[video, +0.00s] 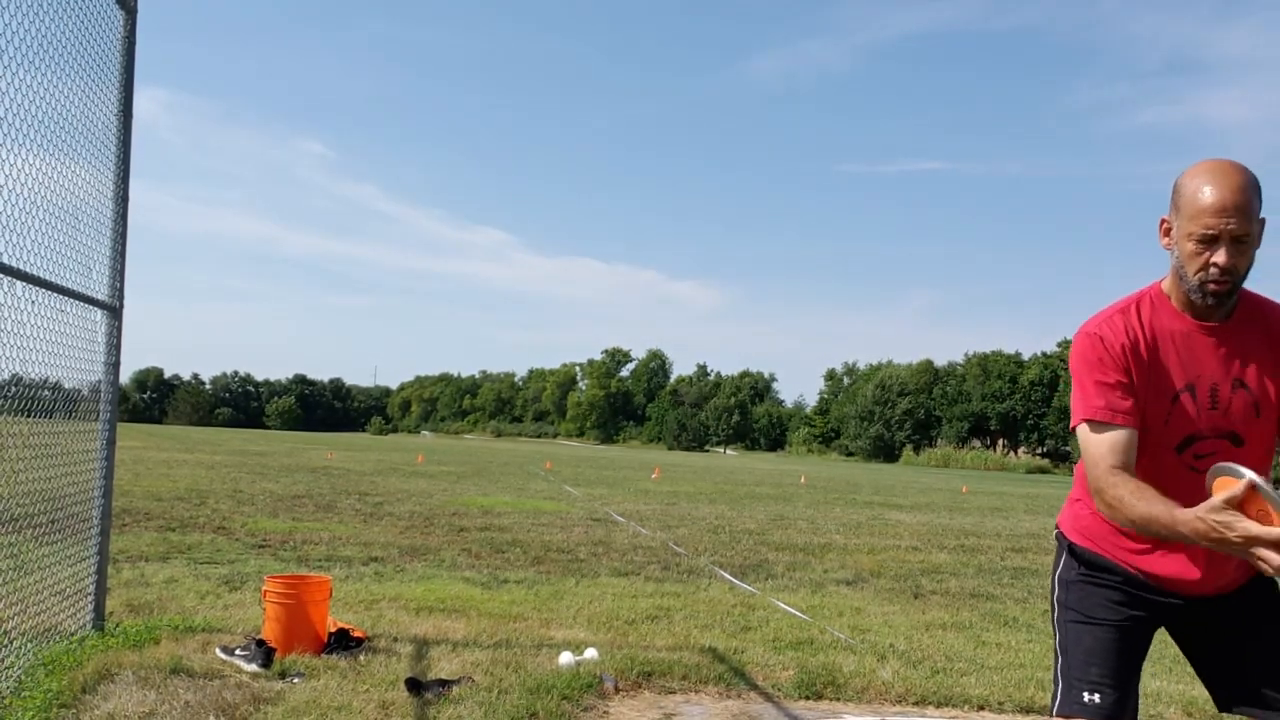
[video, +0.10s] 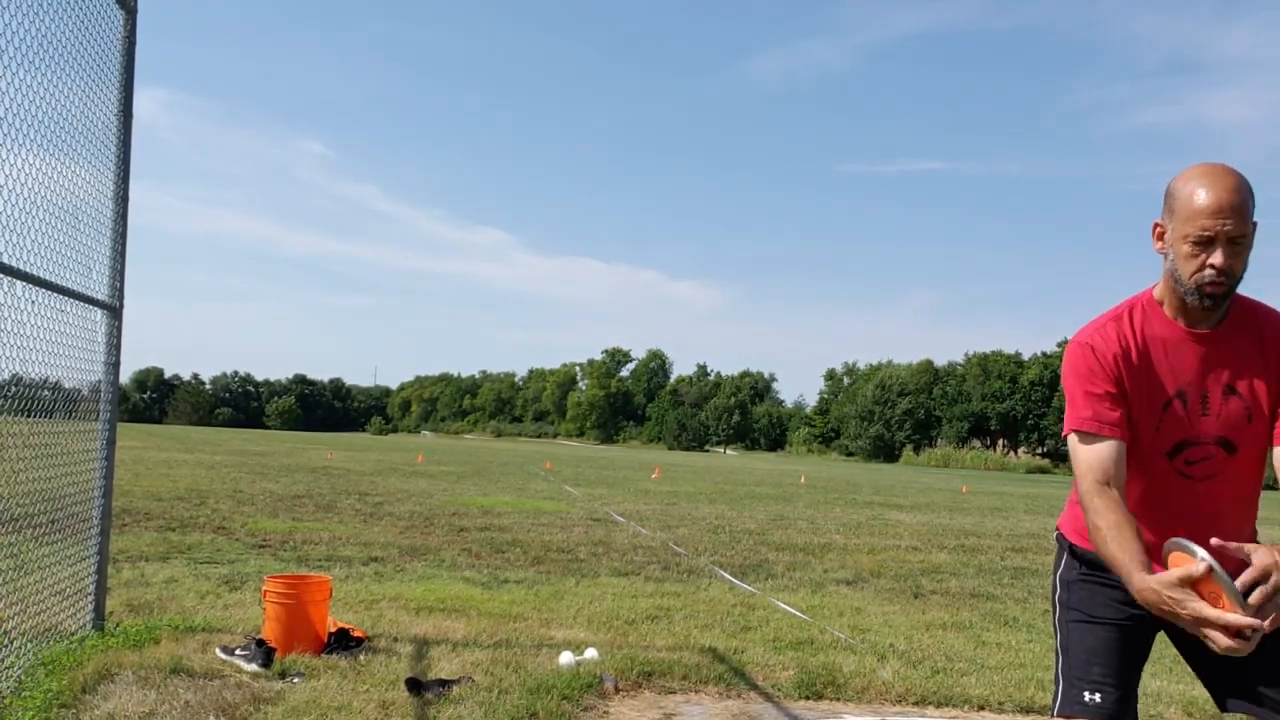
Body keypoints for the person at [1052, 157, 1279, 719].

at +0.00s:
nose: (1223, 259)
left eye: (1239, 241)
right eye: (1206, 240)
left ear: (1260, 238)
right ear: (1167, 233)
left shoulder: (1274, 332)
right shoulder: (1111, 337)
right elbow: (1109, 484)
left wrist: (1268, 529)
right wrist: (1193, 526)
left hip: (1234, 570)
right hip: (1111, 565)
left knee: (1274, 704)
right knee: (1090, 711)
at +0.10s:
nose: (1221, 261)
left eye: (1236, 242)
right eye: (1202, 243)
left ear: (1253, 239)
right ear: (1161, 238)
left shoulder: (1271, 338)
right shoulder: (1102, 346)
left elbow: (1273, 465)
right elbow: (1099, 486)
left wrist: (1275, 555)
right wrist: (1139, 580)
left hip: (1226, 574)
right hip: (1108, 567)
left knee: (1272, 703)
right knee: (1091, 709)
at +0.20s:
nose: (1222, 256)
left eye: (1236, 236)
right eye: (1203, 238)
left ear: (1252, 234)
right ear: (1160, 235)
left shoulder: (1273, 338)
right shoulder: (1103, 346)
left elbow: (1279, 481)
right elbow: (1082, 495)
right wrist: (1081, 615)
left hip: (1238, 574)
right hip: (1124, 572)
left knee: (1270, 706)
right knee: (1091, 709)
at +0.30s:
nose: (1229, 248)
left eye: (1243, 229)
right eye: (1210, 229)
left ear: (1257, 229)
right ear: (1167, 227)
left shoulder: (1273, 331)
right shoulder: (1106, 340)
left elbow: (1278, 474)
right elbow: (1061, 482)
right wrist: (1027, 605)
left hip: (1240, 572)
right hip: (1121, 566)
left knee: (1265, 706)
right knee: (1088, 707)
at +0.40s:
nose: (1240, 243)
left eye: (1254, 224)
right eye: (1220, 225)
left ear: (1269, 223)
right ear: (1176, 224)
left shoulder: (1277, 330)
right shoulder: (1112, 339)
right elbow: (1054, 467)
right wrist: (1000, 569)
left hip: (1244, 568)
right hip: (1121, 563)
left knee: (1263, 708)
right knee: (1090, 710)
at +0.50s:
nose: (1248, 247)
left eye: (1261, 229)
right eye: (1228, 228)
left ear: (1276, 230)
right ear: (1183, 226)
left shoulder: (1277, 330)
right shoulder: (1115, 339)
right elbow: (1055, 452)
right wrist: (989, 534)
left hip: (1245, 570)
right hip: (1122, 563)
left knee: (1260, 707)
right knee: (1096, 709)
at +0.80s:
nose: (1238, 255)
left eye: (1253, 237)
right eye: (1219, 237)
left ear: (1269, 236)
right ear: (1175, 232)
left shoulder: (1275, 338)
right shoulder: (1105, 346)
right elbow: (1058, 474)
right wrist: (1004, 576)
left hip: (1242, 574)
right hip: (1118, 570)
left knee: (1257, 707)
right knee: (1095, 711)